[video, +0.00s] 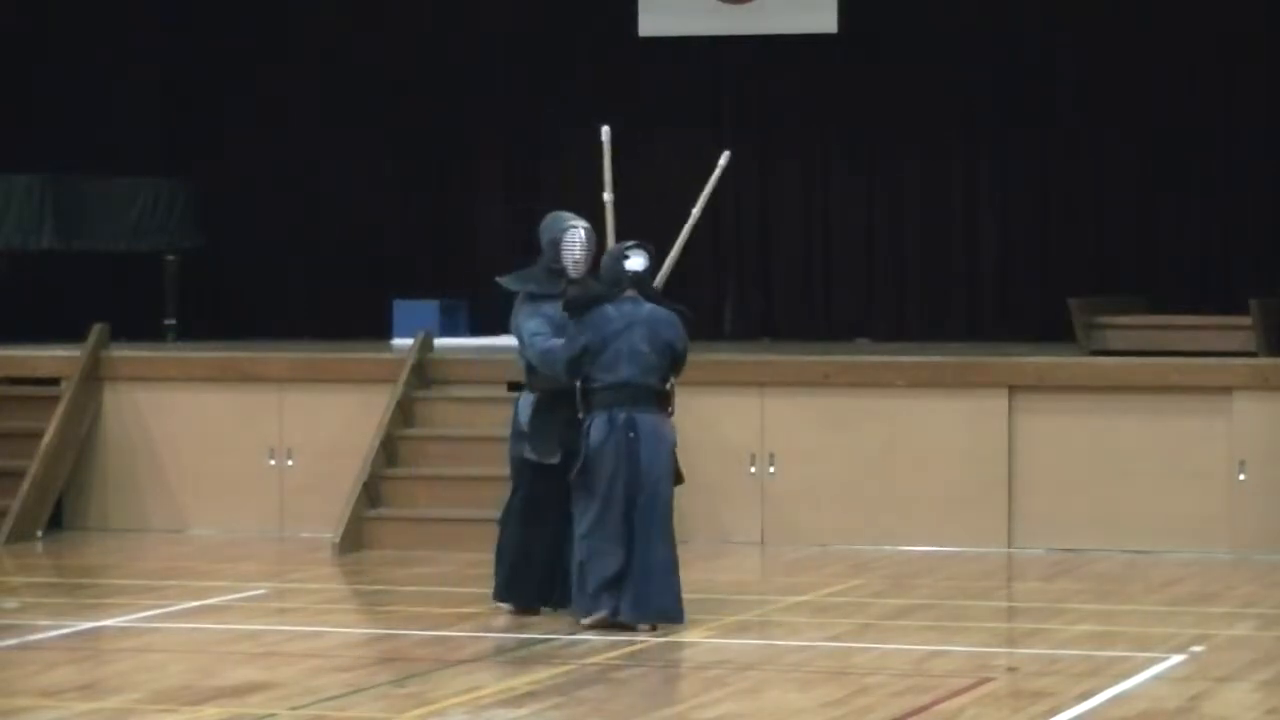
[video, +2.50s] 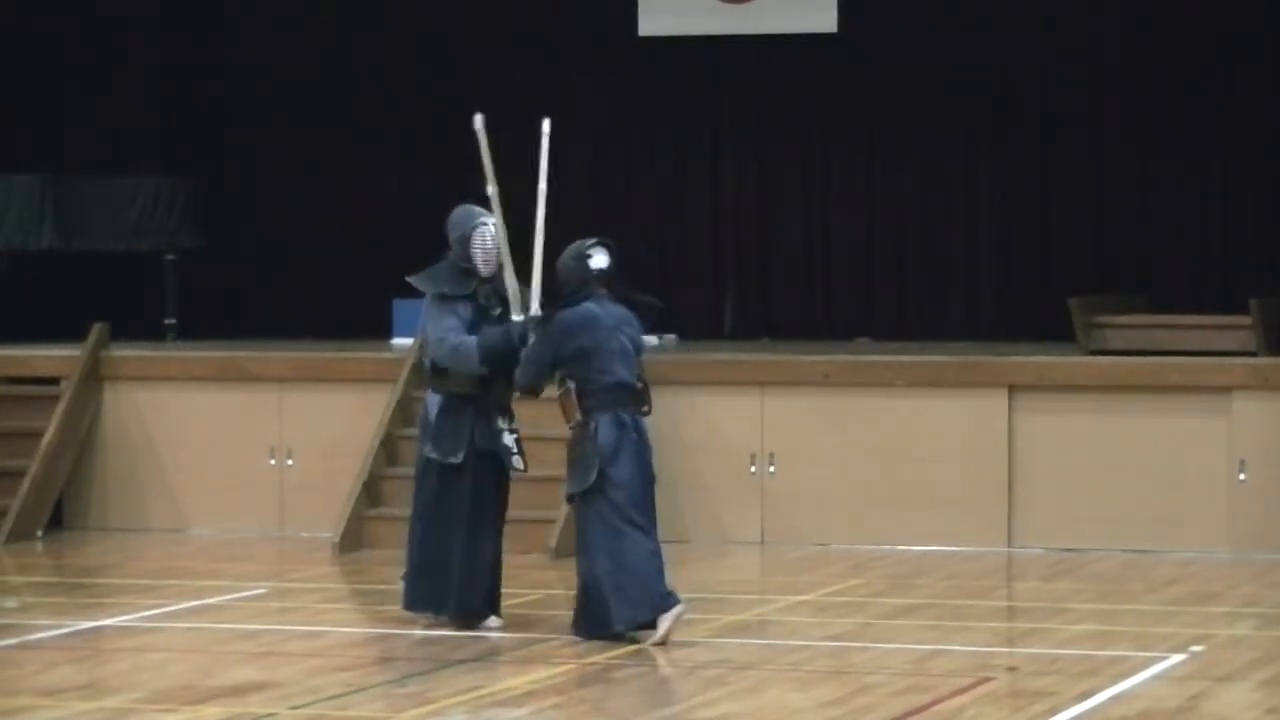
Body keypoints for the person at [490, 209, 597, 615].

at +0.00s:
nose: (579, 254)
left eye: (584, 246)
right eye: (570, 246)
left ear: (592, 249)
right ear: (551, 249)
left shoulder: (597, 293)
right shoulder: (534, 301)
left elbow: (621, 334)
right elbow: (546, 355)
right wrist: (596, 349)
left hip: (589, 406)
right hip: (544, 405)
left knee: (577, 500)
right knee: (535, 498)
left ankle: (572, 594)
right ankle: (515, 595)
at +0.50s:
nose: (602, 251)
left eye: (609, 243)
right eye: (595, 243)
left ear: (620, 247)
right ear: (581, 246)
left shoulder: (634, 290)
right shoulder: (560, 295)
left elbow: (671, 332)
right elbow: (569, 353)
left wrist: (652, 296)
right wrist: (605, 366)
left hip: (621, 410)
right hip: (573, 409)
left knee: (611, 506)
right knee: (569, 507)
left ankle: (605, 599)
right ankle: (560, 600)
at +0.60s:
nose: (597, 251)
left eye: (603, 243)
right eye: (589, 244)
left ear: (615, 247)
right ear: (575, 249)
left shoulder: (630, 292)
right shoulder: (558, 293)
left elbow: (647, 337)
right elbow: (559, 342)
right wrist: (599, 365)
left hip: (617, 409)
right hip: (569, 410)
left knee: (611, 507)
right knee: (569, 508)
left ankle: (608, 602)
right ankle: (562, 604)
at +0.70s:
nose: (593, 251)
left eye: (600, 243)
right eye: (584, 244)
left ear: (613, 248)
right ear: (571, 250)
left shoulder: (625, 294)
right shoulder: (553, 297)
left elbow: (642, 339)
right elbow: (566, 349)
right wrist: (608, 363)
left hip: (611, 416)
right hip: (561, 417)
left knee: (604, 511)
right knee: (561, 512)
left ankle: (602, 602)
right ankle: (559, 605)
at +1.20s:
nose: (550, 257)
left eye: (556, 248)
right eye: (541, 249)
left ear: (565, 252)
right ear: (523, 253)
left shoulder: (567, 296)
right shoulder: (506, 303)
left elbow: (603, 316)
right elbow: (547, 331)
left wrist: (634, 308)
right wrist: (597, 319)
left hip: (552, 411)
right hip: (514, 412)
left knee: (551, 504)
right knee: (526, 505)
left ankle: (553, 597)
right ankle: (528, 600)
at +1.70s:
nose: (518, 253)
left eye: (522, 244)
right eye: (508, 245)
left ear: (529, 247)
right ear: (488, 249)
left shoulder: (533, 296)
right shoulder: (470, 302)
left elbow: (567, 337)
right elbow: (504, 339)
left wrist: (594, 338)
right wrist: (563, 340)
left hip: (508, 413)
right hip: (470, 413)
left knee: (509, 508)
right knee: (476, 507)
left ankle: (498, 603)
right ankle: (474, 606)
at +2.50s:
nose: (488, 250)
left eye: (492, 241)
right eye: (479, 241)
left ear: (499, 246)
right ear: (460, 246)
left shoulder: (501, 294)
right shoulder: (446, 295)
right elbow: (445, 352)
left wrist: (530, 335)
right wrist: (511, 338)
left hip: (490, 409)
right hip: (453, 410)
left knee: (485, 506)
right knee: (451, 505)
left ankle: (478, 607)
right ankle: (443, 604)